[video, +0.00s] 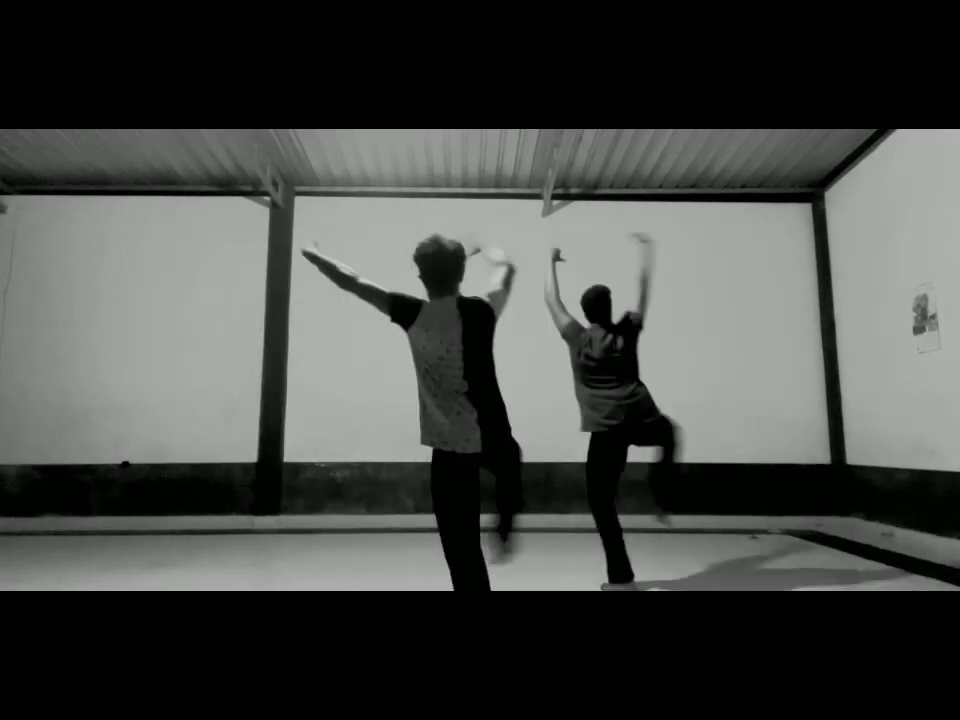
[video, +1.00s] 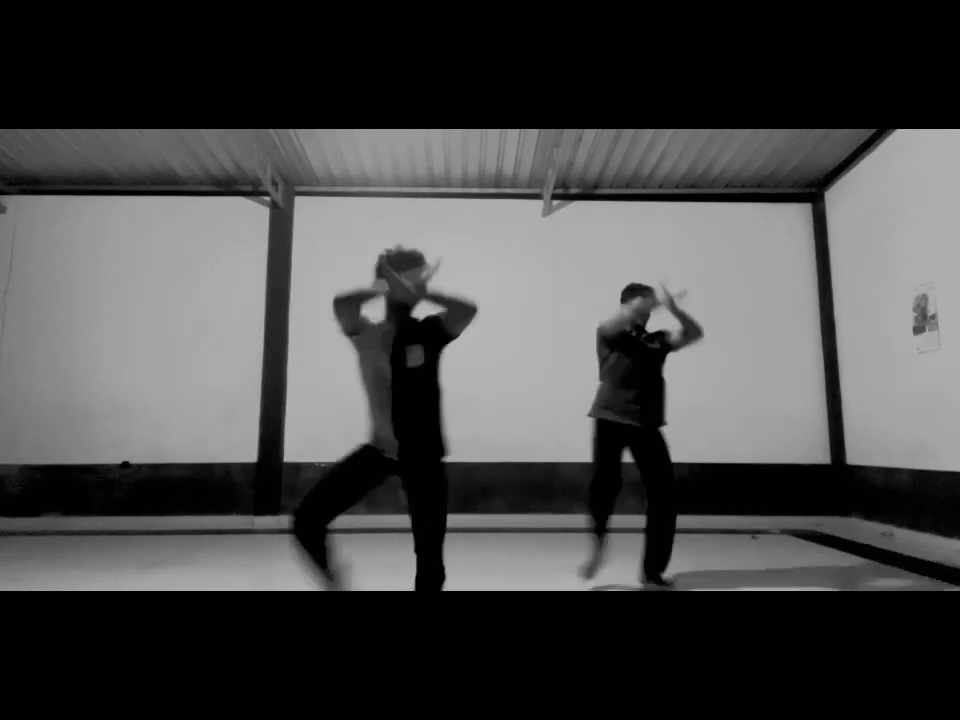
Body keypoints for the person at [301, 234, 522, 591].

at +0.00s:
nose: (422, 276)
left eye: (423, 270)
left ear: (422, 275)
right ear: (461, 273)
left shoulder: (414, 314)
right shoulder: (481, 313)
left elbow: (353, 283)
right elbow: (502, 285)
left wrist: (313, 255)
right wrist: (505, 264)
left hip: (448, 448)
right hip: (492, 441)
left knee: (461, 546)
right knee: (510, 460)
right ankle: (505, 533)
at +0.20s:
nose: (434, 284)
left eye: (436, 279)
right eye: (435, 279)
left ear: (442, 283)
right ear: (475, 278)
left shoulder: (435, 316)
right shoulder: (504, 313)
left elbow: (368, 295)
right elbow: (545, 287)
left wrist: (319, 279)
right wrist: (567, 258)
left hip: (470, 446)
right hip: (516, 439)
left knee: (448, 538)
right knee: (551, 505)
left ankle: (461, 592)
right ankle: (575, 578)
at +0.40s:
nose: (460, 341)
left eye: (457, 334)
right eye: (464, 331)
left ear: (459, 336)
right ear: (490, 328)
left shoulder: (459, 380)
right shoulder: (522, 369)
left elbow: (401, 408)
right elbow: (562, 378)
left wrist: (343, 426)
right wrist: (598, 379)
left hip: (494, 487)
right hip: (541, 485)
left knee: (422, 553)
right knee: (568, 548)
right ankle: (577, 589)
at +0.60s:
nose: (451, 335)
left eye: (452, 327)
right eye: (451, 327)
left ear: (459, 330)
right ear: (487, 326)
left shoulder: (459, 380)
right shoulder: (511, 367)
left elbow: (420, 430)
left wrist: (391, 451)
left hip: (495, 484)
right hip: (534, 481)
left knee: (416, 545)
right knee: (552, 546)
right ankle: (566, 583)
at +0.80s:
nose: (437, 290)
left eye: (446, 286)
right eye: (434, 284)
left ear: (462, 294)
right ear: (429, 290)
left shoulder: (460, 333)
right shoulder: (429, 340)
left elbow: (436, 307)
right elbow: (376, 320)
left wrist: (395, 299)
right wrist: (379, 295)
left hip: (465, 459)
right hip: (446, 457)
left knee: (423, 550)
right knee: (446, 529)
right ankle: (523, 579)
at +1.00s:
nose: (411, 288)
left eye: (416, 281)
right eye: (404, 281)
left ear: (420, 290)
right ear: (388, 287)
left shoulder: (430, 333)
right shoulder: (368, 335)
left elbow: (467, 311)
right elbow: (342, 304)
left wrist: (426, 295)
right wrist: (376, 290)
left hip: (424, 456)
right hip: (380, 452)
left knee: (430, 557)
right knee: (307, 520)